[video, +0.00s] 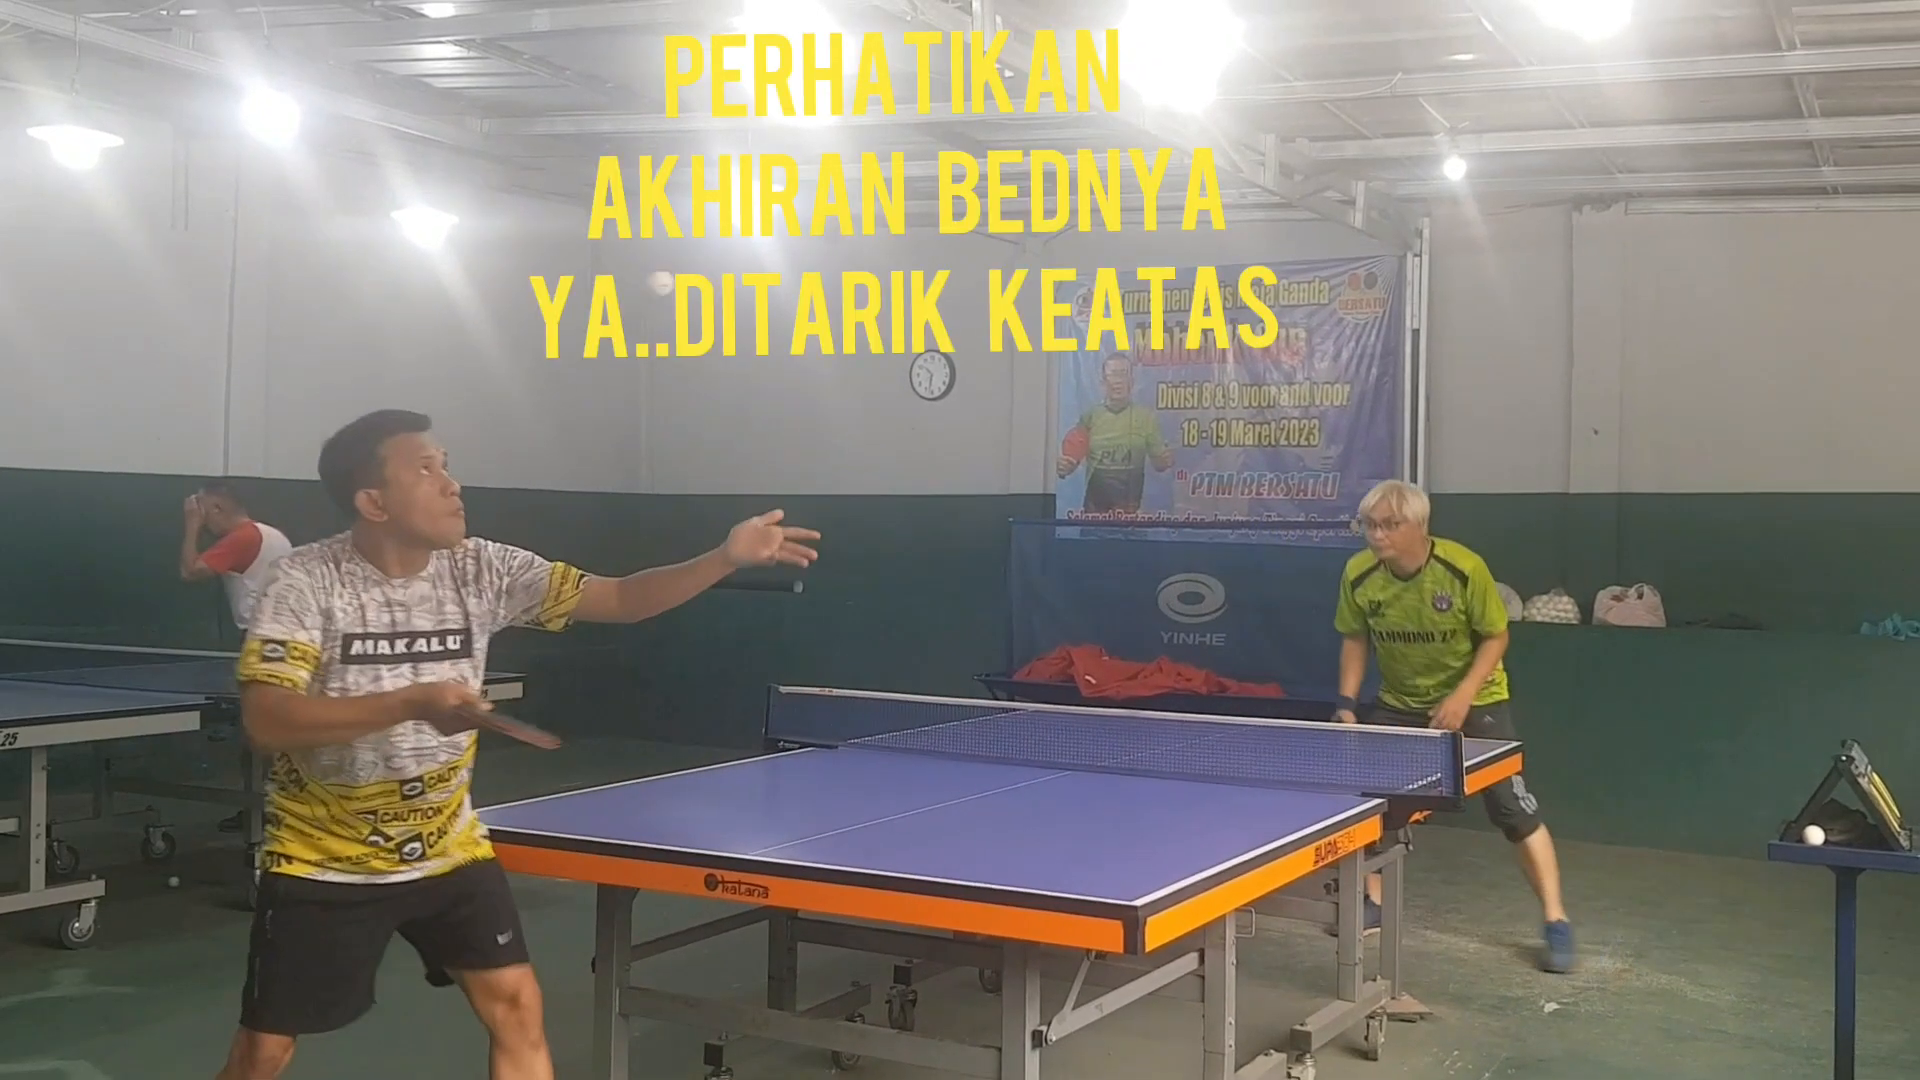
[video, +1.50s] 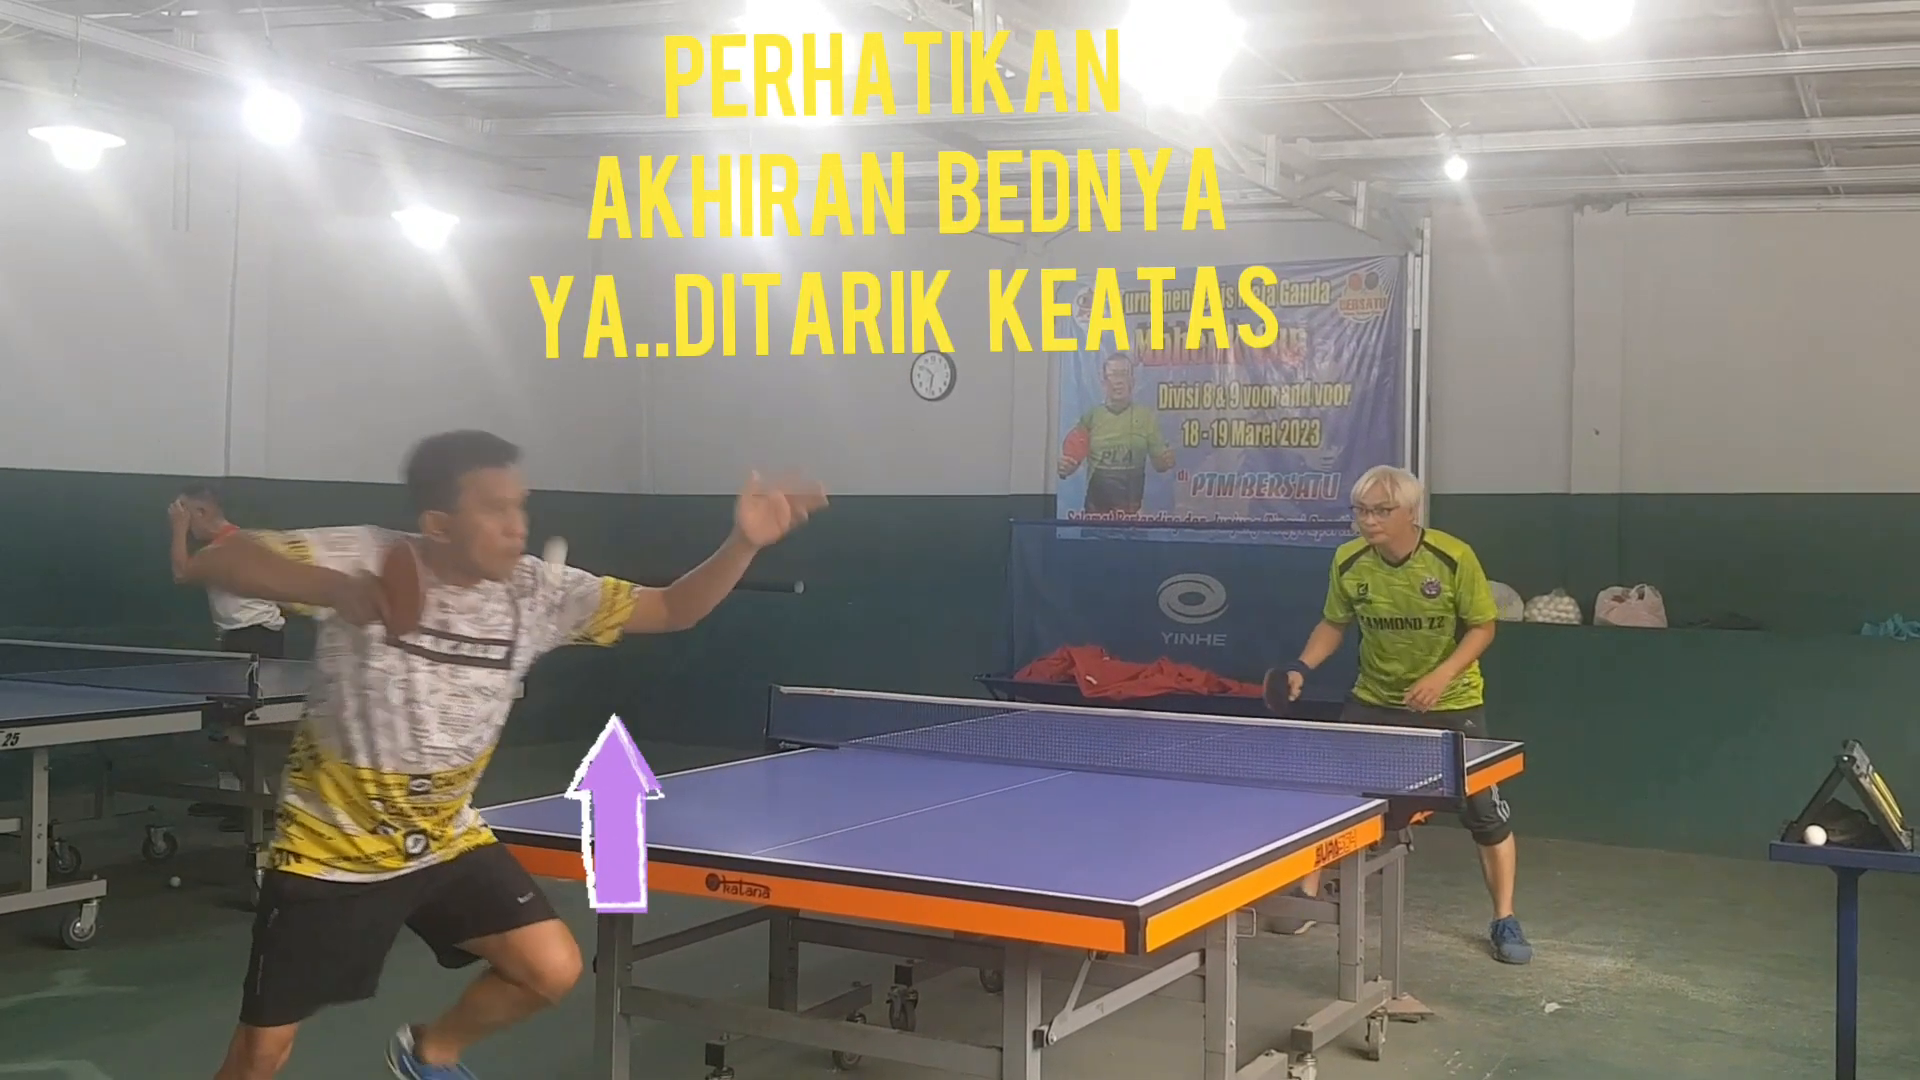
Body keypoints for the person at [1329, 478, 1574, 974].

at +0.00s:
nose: (1374, 535)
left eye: (1386, 525)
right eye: (1369, 525)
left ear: (1417, 527)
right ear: (1365, 529)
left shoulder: (1463, 569)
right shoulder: (1358, 576)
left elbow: (1496, 636)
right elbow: (1354, 639)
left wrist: (1462, 696)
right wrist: (1346, 704)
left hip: (1476, 701)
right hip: (1400, 705)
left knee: (1512, 804)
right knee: (1369, 799)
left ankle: (1556, 920)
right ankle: (1371, 900)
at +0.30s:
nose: (1376, 525)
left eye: (1387, 515)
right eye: (1370, 515)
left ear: (1419, 517)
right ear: (1366, 518)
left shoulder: (1465, 560)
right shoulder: (1357, 566)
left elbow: (1493, 628)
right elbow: (1349, 627)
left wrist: (1456, 684)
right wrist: (1333, 689)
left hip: (1469, 698)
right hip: (1393, 698)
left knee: (1498, 802)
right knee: (1367, 796)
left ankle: (1523, 913)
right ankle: (1369, 898)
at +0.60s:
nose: (1376, 519)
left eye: (1387, 510)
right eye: (1371, 510)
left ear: (1418, 512)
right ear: (1367, 515)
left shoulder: (1466, 557)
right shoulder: (1358, 562)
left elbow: (1492, 624)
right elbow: (1345, 622)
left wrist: (1450, 677)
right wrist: (1324, 679)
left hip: (1465, 699)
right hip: (1388, 696)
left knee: (1488, 803)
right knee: (1356, 788)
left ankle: (1503, 917)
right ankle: (1362, 892)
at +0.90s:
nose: (1374, 519)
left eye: (1385, 510)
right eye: (1370, 510)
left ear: (1417, 512)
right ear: (1368, 514)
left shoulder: (1466, 557)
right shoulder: (1359, 561)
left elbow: (1492, 626)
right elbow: (1344, 622)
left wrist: (1447, 677)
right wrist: (1319, 677)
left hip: (1463, 700)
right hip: (1386, 696)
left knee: (1487, 805)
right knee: (1336, 775)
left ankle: (1504, 918)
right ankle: (1359, 889)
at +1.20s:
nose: (1373, 519)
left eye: (1385, 509)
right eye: (1368, 510)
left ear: (1416, 512)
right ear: (1364, 514)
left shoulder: (1463, 559)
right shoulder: (1357, 561)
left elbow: (1491, 627)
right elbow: (1341, 622)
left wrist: (1445, 676)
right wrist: (1311, 670)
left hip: (1459, 701)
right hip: (1381, 697)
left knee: (1488, 805)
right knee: (1337, 781)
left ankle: (1506, 919)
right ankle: (1332, 887)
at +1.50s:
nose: (1367, 521)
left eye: (1378, 511)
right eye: (1361, 511)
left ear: (1409, 513)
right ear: (1355, 515)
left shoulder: (1454, 558)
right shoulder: (1349, 561)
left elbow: (1483, 626)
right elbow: (1332, 624)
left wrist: (1441, 676)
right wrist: (1301, 668)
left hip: (1452, 705)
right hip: (1373, 702)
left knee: (1485, 808)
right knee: (1330, 790)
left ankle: (1505, 918)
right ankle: (1308, 895)